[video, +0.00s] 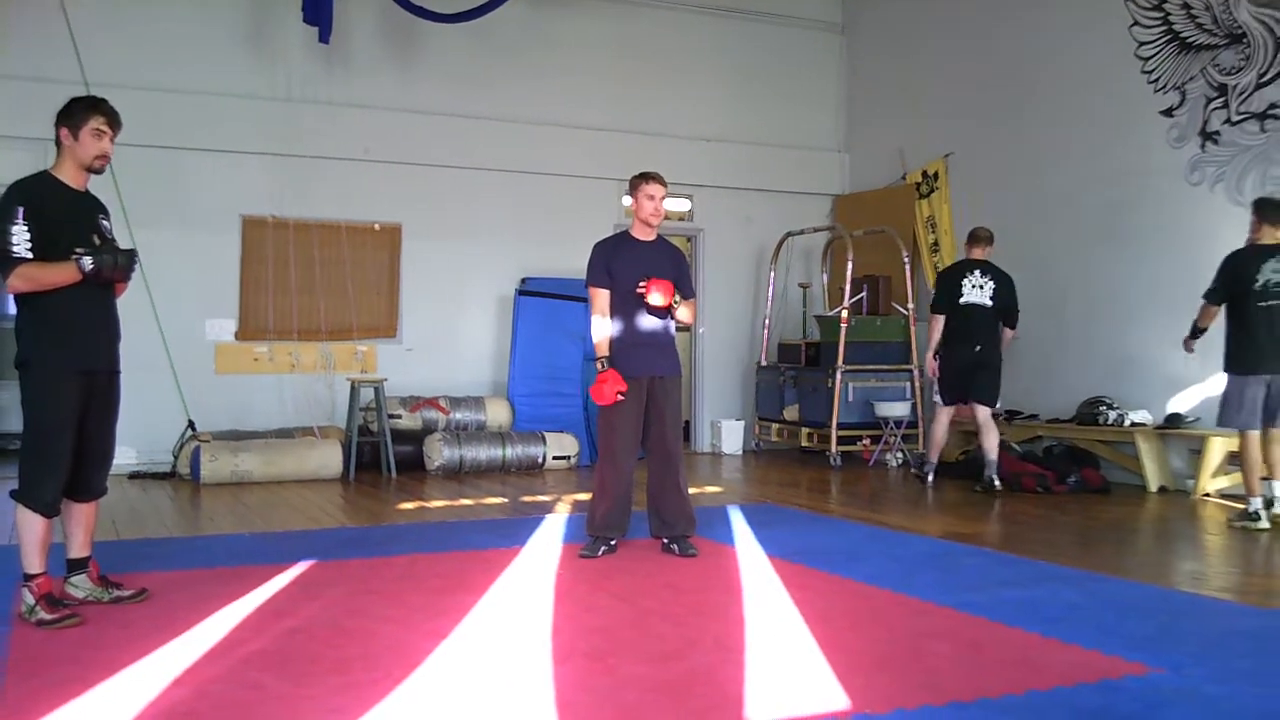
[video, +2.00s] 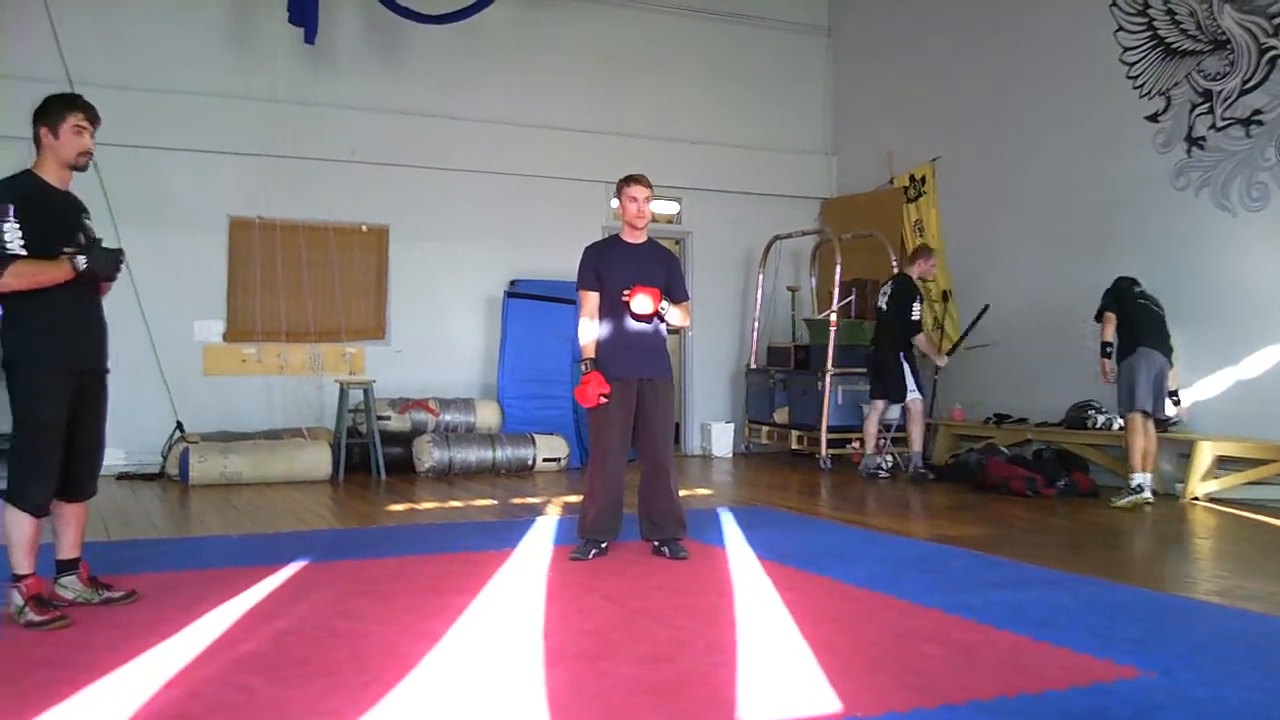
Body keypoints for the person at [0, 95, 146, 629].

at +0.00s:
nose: (107, 146)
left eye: (112, 138)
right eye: (98, 134)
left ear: (109, 145)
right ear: (66, 134)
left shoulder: (97, 209)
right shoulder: (24, 195)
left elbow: (108, 290)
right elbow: (15, 278)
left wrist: (122, 272)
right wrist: (87, 266)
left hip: (99, 360)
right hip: (49, 360)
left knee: (88, 467)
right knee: (43, 469)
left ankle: (80, 578)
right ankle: (34, 590)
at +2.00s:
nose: (89, 142)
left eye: (91, 133)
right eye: (79, 131)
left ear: (84, 140)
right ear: (47, 134)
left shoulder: (77, 208)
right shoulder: (11, 195)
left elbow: (79, 286)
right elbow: (5, 275)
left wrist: (101, 278)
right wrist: (74, 266)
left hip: (85, 361)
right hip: (34, 361)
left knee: (77, 468)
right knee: (32, 469)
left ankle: (71, 578)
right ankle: (23, 592)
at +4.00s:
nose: (75, 156)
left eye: (79, 149)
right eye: (65, 147)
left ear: (77, 158)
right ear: (34, 152)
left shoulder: (74, 226)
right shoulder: (6, 209)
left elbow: (93, 302)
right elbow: (0, 288)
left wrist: (89, 280)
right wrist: (48, 278)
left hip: (72, 366)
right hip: (16, 367)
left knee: (72, 469)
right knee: (11, 477)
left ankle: (73, 575)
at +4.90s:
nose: (123, 156)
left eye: (125, 148)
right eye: (116, 146)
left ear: (99, 150)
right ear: (83, 144)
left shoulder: (96, 215)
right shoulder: (43, 202)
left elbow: (88, 278)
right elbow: (36, 287)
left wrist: (117, 274)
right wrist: (104, 278)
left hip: (101, 364)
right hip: (53, 367)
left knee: (124, 466)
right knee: (45, 472)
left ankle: (147, 573)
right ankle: (31, 588)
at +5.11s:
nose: (177, 159)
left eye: (181, 151)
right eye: (168, 148)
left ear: (175, 158)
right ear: (138, 149)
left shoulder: (155, 219)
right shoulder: (103, 205)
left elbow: (150, 292)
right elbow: (94, 287)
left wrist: (178, 285)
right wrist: (160, 278)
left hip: (162, 365)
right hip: (115, 367)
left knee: (170, 465)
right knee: (95, 471)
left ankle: (177, 573)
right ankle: (63, 583)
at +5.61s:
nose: (228, 161)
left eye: (233, 154)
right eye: (220, 150)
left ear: (233, 163)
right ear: (193, 151)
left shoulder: (218, 224)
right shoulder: (147, 198)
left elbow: (229, 303)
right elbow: (120, 268)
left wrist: (224, 279)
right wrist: (188, 268)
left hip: (201, 357)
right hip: (153, 354)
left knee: (190, 464)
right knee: (159, 460)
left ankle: (171, 567)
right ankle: (118, 568)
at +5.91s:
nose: (219, 104)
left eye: (224, 97)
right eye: (210, 93)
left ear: (224, 104)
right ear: (182, 94)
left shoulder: (212, 166)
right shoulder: (138, 142)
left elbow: (225, 244)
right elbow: (113, 216)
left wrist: (221, 227)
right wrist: (183, 213)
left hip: (197, 301)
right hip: (150, 298)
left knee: (184, 405)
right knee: (164, 403)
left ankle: (154, 508)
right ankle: (178, 520)